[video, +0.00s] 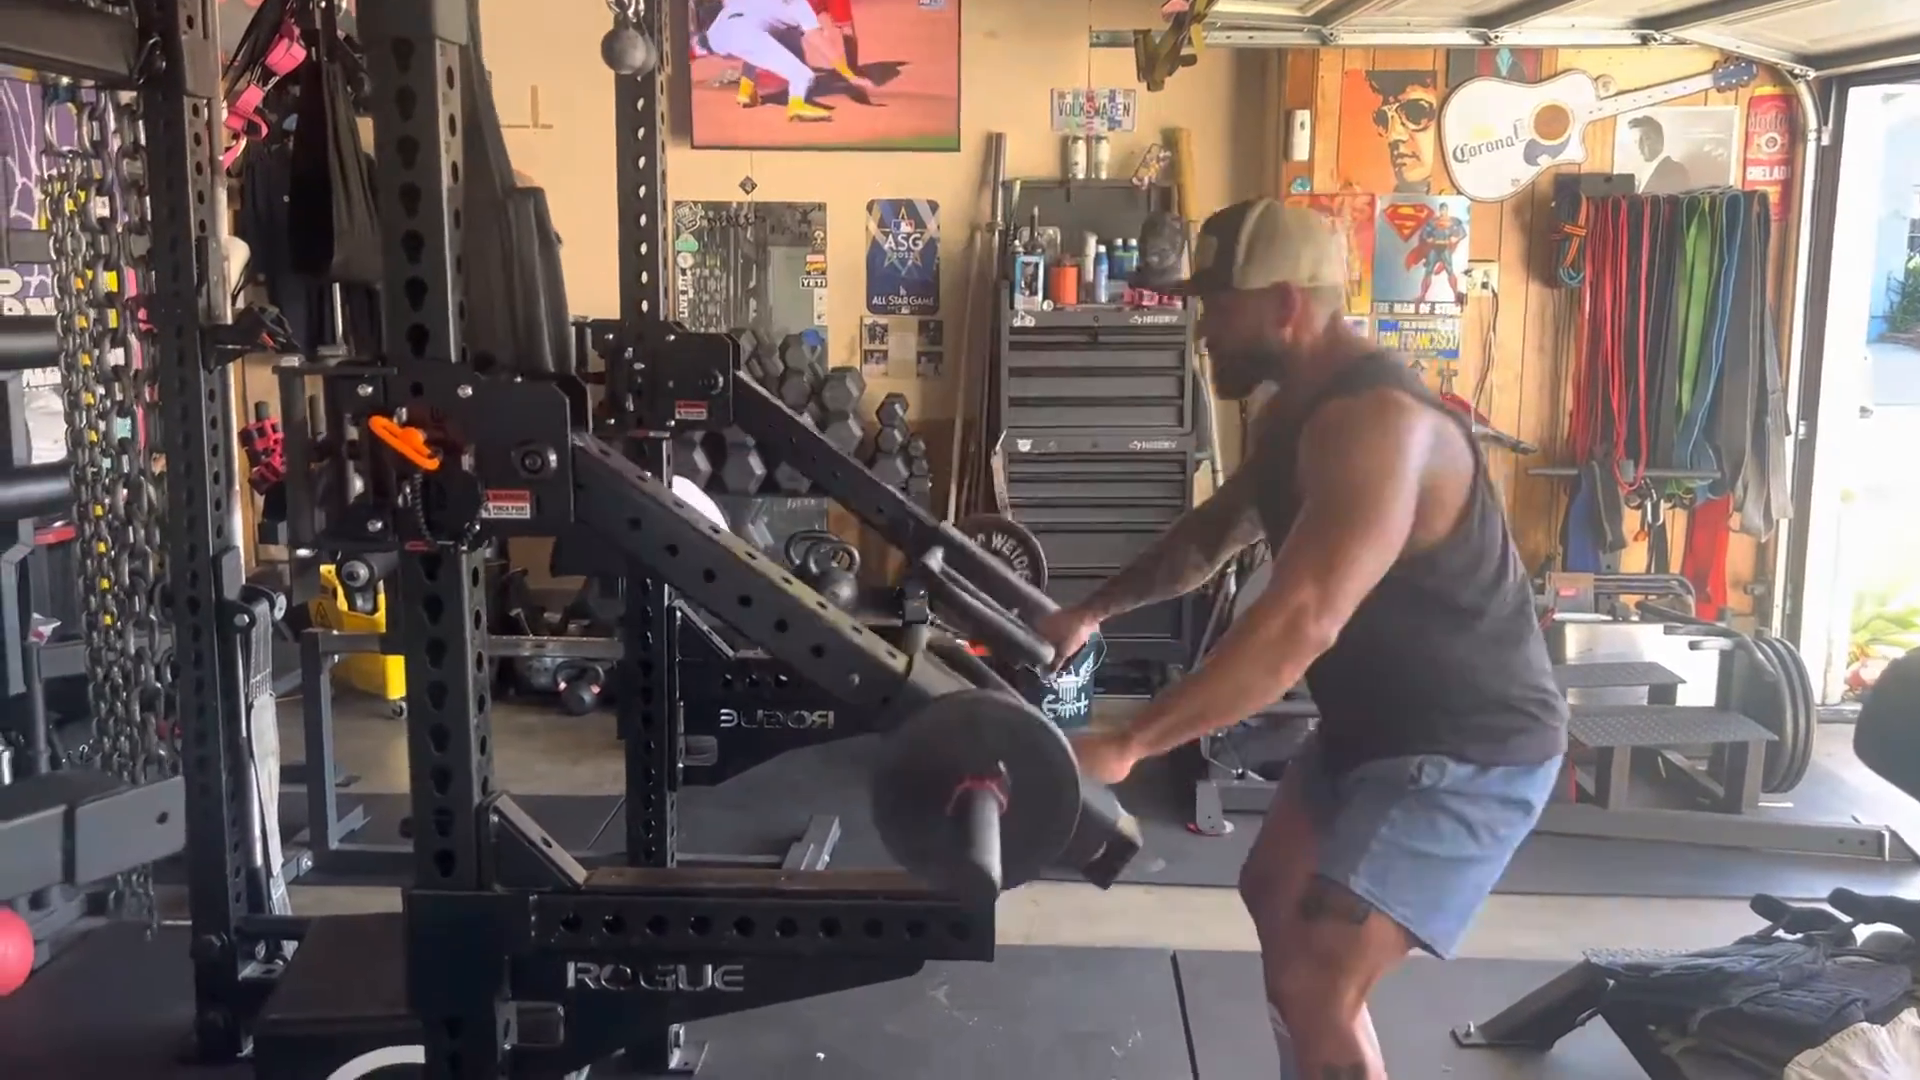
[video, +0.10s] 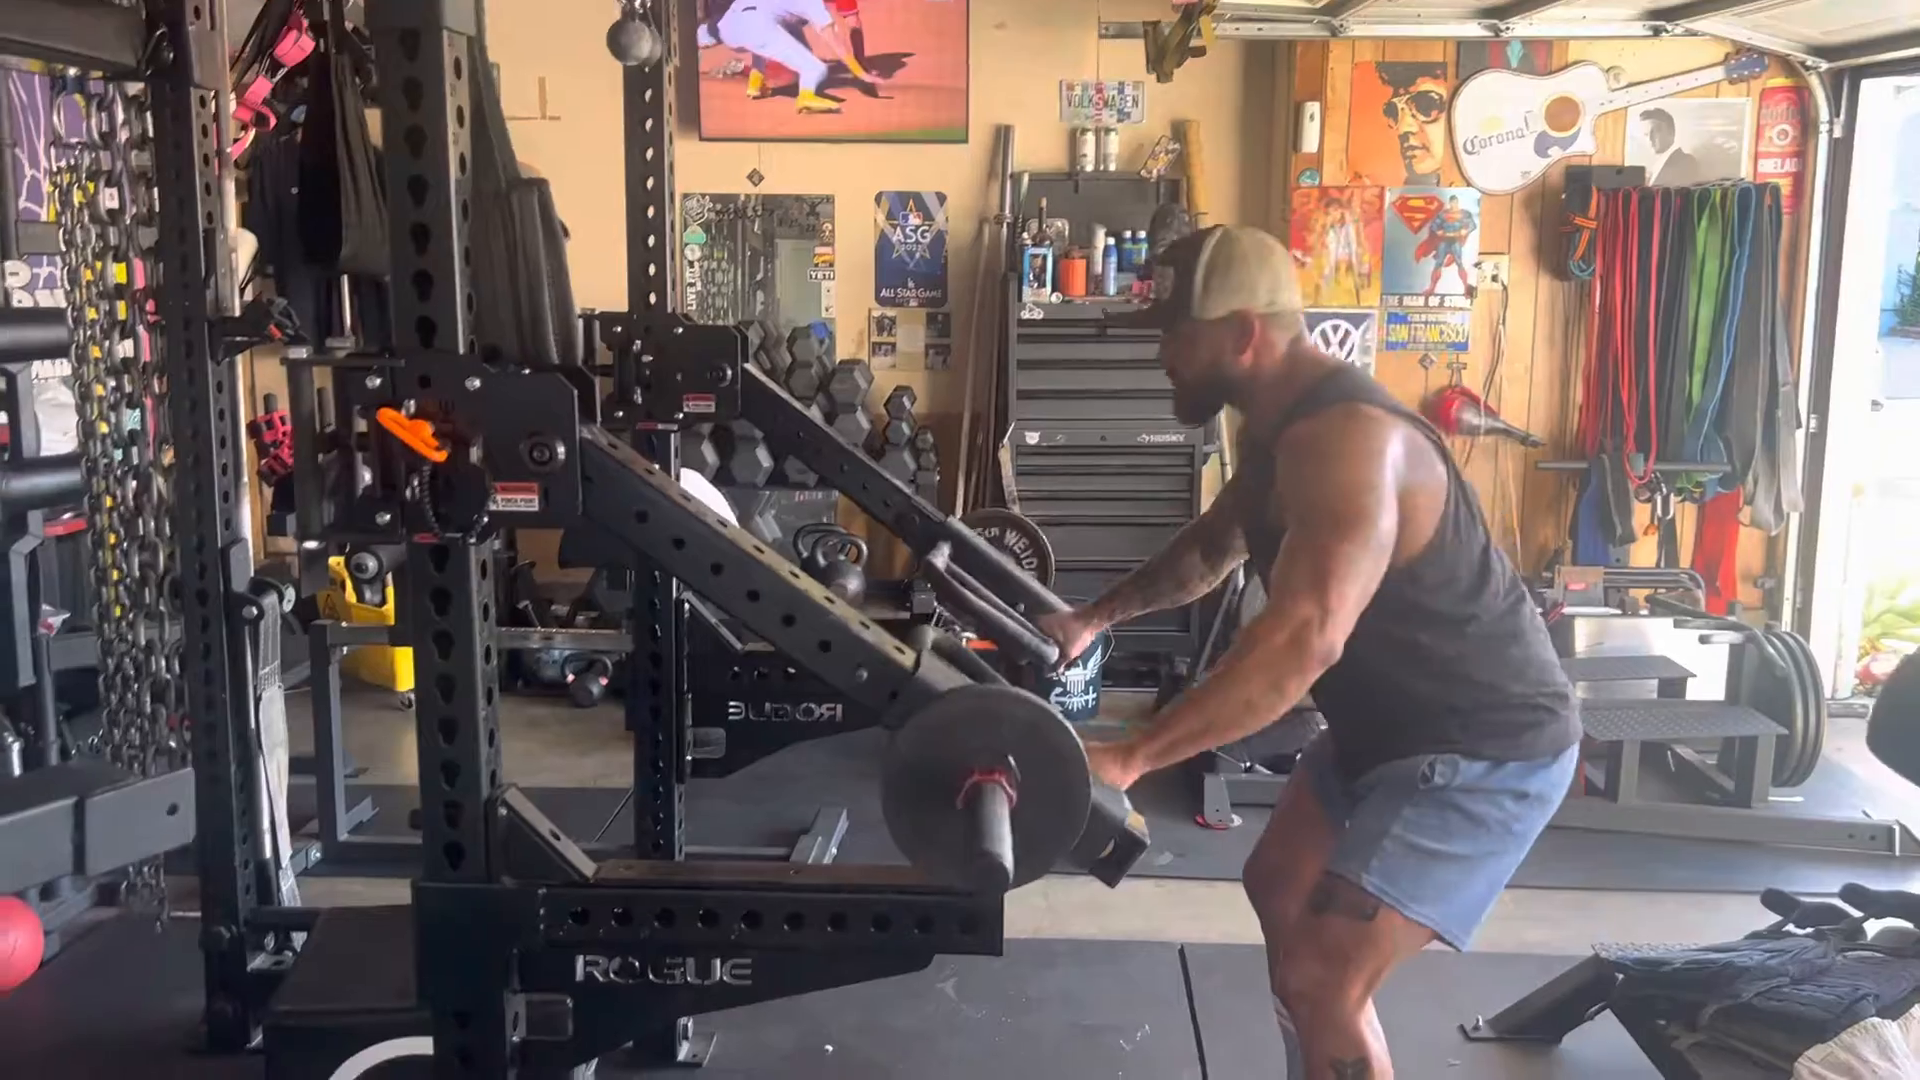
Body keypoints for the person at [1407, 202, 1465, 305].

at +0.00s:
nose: (1443, 213)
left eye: (1445, 210)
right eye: (1441, 210)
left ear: (1447, 211)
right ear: (1439, 211)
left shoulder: (1454, 221)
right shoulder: (1433, 221)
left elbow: (1463, 233)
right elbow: (1424, 233)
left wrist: (1456, 239)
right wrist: (1427, 239)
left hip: (1446, 246)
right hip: (1434, 246)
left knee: (1450, 271)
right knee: (1428, 271)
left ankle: (1456, 295)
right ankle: (1422, 296)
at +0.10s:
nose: (1454, 205)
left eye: (1455, 203)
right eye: (1452, 203)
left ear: (1458, 203)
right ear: (1449, 204)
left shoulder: (1465, 214)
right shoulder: (1443, 214)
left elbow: (1472, 225)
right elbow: (1434, 225)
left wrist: (1465, 232)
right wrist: (1438, 232)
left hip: (1456, 238)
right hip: (1444, 238)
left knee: (1459, 262)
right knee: (1439, 262)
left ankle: (1466, 287)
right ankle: (1431, 288)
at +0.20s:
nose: (1463, 197)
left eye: (1465, 195)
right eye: (1461, 195)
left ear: (1467, 196)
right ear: (1458, 196)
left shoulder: (1474, 207)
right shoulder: (1452, 206)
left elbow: (1482, 218)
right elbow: (1443, 218)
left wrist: (1475, 224)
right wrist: (1448, 224)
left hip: (1466, 231)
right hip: (1454, 231)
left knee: (1469, 255)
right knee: (1448, 255)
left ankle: (1475, 280)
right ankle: (1441, 280)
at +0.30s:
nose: (1474, 189)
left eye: (1476, 186)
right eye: (1473, 186)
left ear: (1479, 187)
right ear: (1470, 187)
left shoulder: (1485, 198)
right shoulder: (1463, 198)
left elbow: (1493, 209)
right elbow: (1454, 209)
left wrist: (1486, 216)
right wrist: (1459, 215)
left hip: (1477, 222)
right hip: (1465, 222)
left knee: (1480, 246)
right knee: (1459, 246)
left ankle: (1486, 271)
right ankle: (1452, 271)